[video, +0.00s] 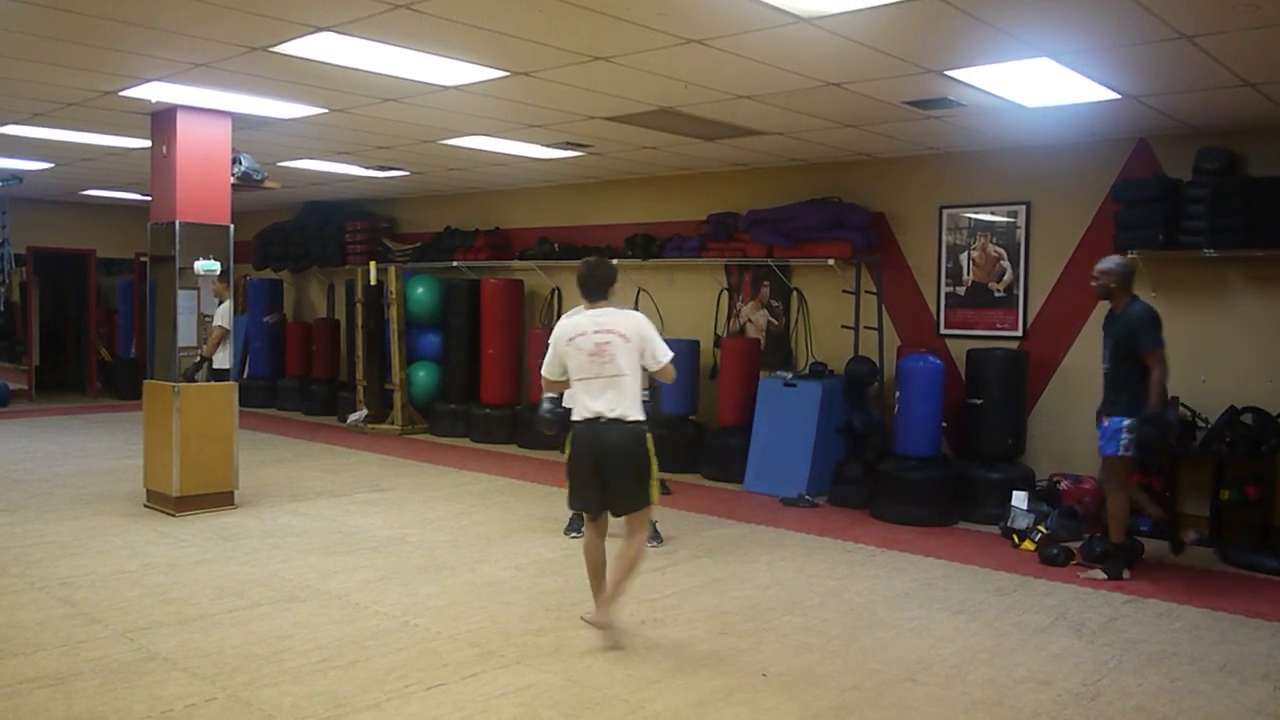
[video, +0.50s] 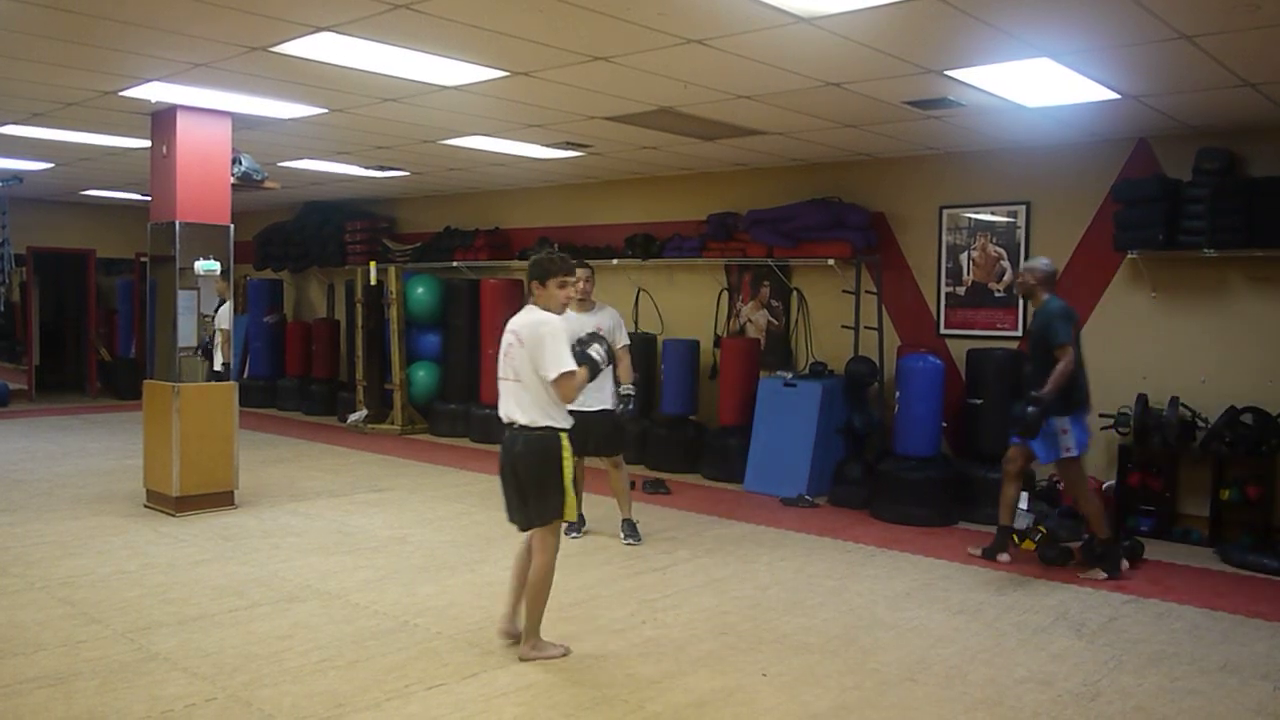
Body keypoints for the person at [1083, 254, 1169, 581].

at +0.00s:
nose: (1092, 283)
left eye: (1098, 279)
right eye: (1093, 278)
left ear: (1119, 282)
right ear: (1110, 283)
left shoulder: (1142, 316)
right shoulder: (1111, 317)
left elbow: (1157, 366)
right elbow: (1113, 369)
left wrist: (1152, 413)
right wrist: (1105, 406)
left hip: (1129, 415)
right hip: (1111, 414)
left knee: (1114, 482)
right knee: (1115, 481)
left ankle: (1117, 556)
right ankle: (1166, 523)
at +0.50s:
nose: (1017, 280)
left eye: (1022, 275)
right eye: (1019, 275)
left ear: (1037, 280)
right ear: (1037, 281)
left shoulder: (1056, 312)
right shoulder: (1041, 313)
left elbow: (1067, 359)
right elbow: (1044, 362)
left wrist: (1039, 402)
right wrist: (1030, 396)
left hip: (1063, 411)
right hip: (1039, 410)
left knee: (1076, 483)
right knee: (1012, 465)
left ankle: (1109, 553)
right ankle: (1001, 543)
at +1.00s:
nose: (929, 280)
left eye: (932, 275)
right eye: (931, 274)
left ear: (946, 277)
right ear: (954, 277)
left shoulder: (957, 307)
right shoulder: (968, 305)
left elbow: (969, 354)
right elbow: (970, 354)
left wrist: (957, 397)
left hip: (953, 400)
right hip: (977, 400)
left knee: (922, 456)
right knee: (976, 464)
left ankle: (902, 534)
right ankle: (996, 541)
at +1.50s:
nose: (850, 278)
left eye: (852, 274)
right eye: (852, 273)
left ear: (861, 275)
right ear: (878, 276)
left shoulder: (861, 305)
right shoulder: (892, 305)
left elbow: (859, 343)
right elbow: (909, 347)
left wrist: (833, 374)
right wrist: (910, 388)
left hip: (870, 392)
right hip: (890, 390)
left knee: (879, 458)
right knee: (856, 449)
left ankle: (896, 535)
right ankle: (838, 506)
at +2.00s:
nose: (787, 275)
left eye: (789, 270)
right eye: (789, 270)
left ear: (797, 273)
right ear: (813, 272)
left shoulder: (800, 301)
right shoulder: (829, 300)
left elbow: (809, 342)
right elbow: (840, 344)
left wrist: (799, 384)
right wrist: (825, 369)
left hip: (803, 381)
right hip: (829, 381)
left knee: (772, 436)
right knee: (823, 443)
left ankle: (771, 502)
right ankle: (829, 512)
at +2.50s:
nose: (718, 278)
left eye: (720, 274)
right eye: (720, 273)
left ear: (725, 275)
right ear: (742, 274)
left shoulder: (726, 301)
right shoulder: (758, 299)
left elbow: (723, 337)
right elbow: (773, 334)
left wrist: (708, 363)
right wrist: (777, 371)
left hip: (734, 376)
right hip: (756, 374)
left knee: (738, 435)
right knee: (734, 430)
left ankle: (750, 500)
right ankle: (740, 485)